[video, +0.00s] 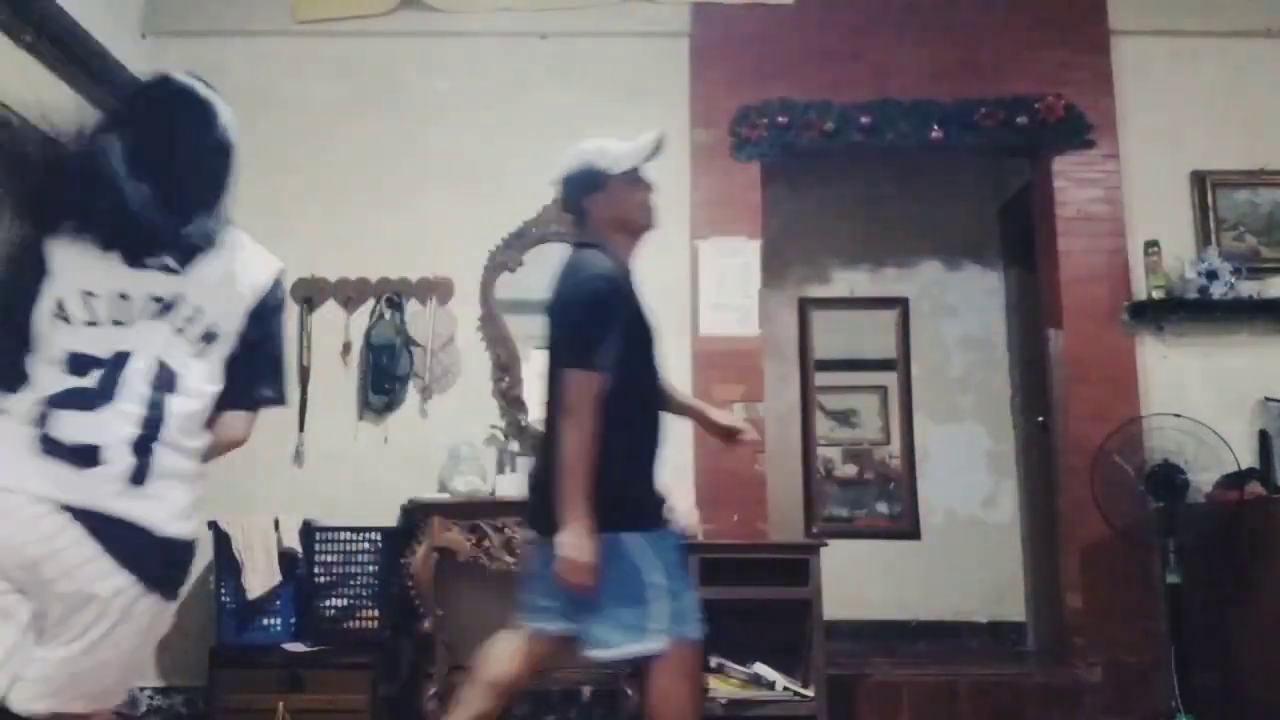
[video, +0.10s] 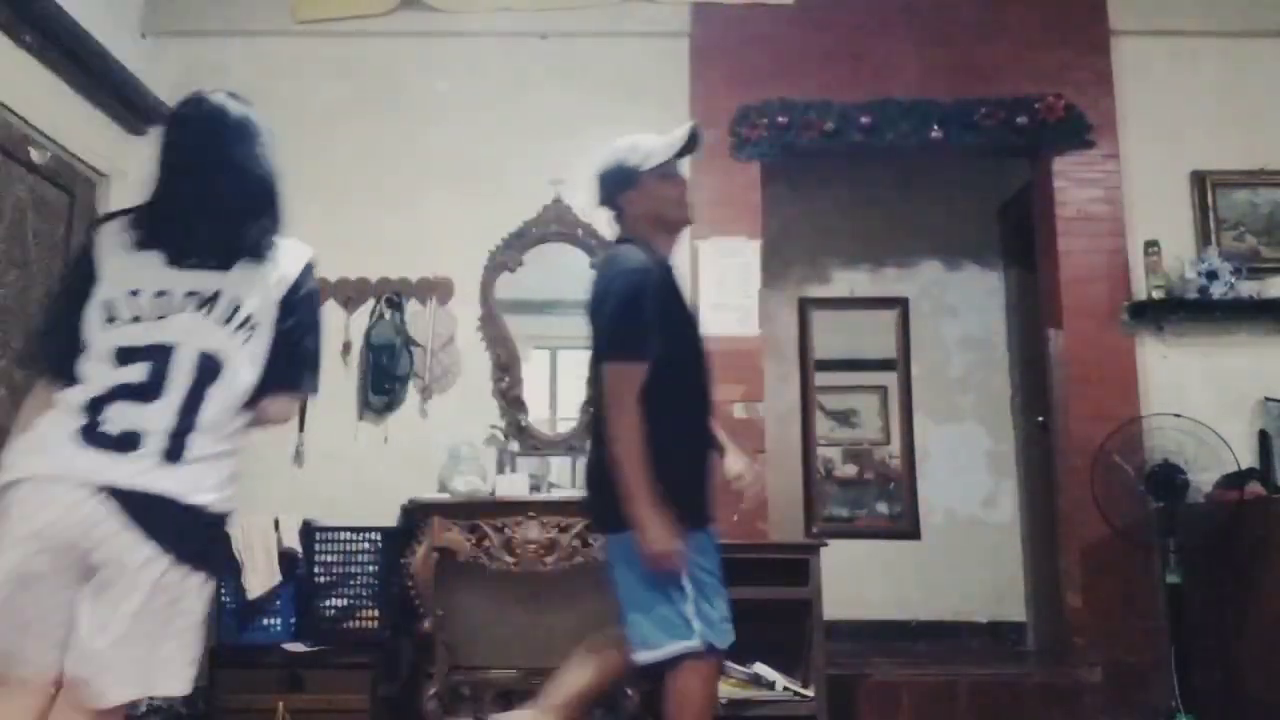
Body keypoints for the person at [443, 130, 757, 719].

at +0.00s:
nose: (649, 188)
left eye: (643, 177)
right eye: (633, 179)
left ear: (601, 203)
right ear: (597, 198)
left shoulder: (599, 275)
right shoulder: (598, 280)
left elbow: (633, 383)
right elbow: (577, 407)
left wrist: (703, 413)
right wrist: (575, 522)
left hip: (575, 508)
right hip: (619, 510)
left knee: (539, 638)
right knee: (677, 644)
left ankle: (460, 711)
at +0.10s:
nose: (683, 181)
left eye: (678, 171)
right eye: (667, 174)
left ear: (640, 198)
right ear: (631, 196)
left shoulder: (648, 271)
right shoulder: (635, 275)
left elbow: (673, 394)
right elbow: (621, 407)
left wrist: (726, 450)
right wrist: (648, 519)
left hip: (661, 505)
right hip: (658, 511)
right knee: (699, 657)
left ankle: (538, 711)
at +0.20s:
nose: (715, 168)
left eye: (714, 157)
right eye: (696, 160)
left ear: (712, 168)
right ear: (658, 182)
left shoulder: (695, 254)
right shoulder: (659, 256)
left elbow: (712, 366)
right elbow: (664, 383)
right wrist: (733, 473)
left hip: (726, 486)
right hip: (681, 493)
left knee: (767, 615)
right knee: (694, 662)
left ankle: (682, 700)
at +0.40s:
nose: (782, 167)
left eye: (784, 157)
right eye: (762, 160)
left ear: (797, 175)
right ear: (725, 192)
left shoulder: (802, 270)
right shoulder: (725, 259)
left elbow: (806, 386)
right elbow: (725, 371)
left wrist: (860, 435)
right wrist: (839, 417)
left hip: (822, 500)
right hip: (744, 506)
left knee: (880, 653)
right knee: (724, 667)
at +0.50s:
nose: (813, 163)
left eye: (819, 152)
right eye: (792, 158)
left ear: (836, 168)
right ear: (761, 190)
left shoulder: (851, 267)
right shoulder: (763, 260)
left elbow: (856, 381)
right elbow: (755, 380)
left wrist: (889, 458)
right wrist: (860, 440)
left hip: (884, 504)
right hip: (802, 513)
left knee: (932, 654)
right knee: (781, 669)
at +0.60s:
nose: (840, 145)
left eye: (847, 132)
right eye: (819, 141)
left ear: (868, 148)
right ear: (794, 172)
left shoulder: (900, 246)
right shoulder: (791, 255)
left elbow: (942, 366)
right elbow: (786, 386)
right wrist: (836, 480)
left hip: (935, 492)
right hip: (854, 504)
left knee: (952, 655)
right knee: (841, 669)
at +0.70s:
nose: (862, 121)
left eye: (870, 107)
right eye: (839, 117)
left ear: (894, 123)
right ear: (817, 153)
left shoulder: (945, 223)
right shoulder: (808, 240)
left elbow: (1013, 328)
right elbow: (791, 365)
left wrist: (1072, 422)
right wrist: (796, 471)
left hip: (959, 460)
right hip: (873, 470)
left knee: (963, 646)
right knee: (918, 643)